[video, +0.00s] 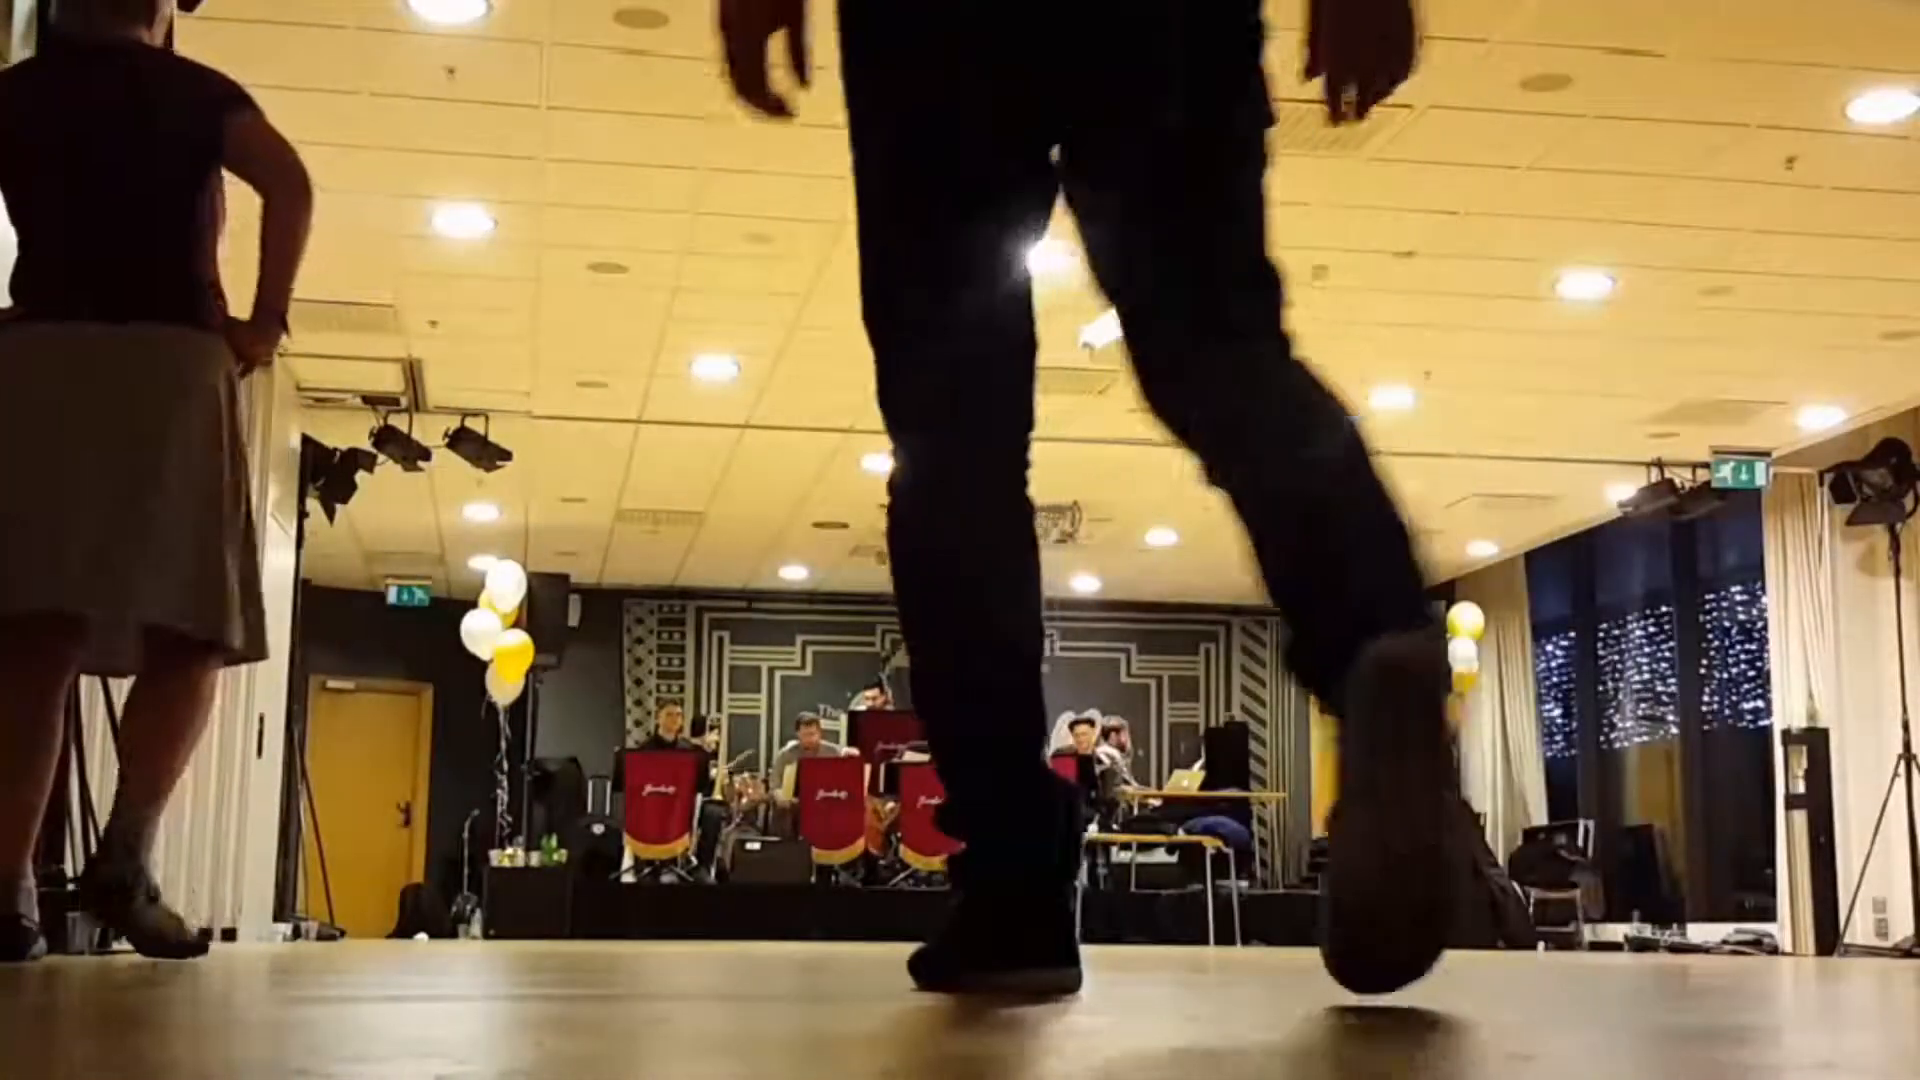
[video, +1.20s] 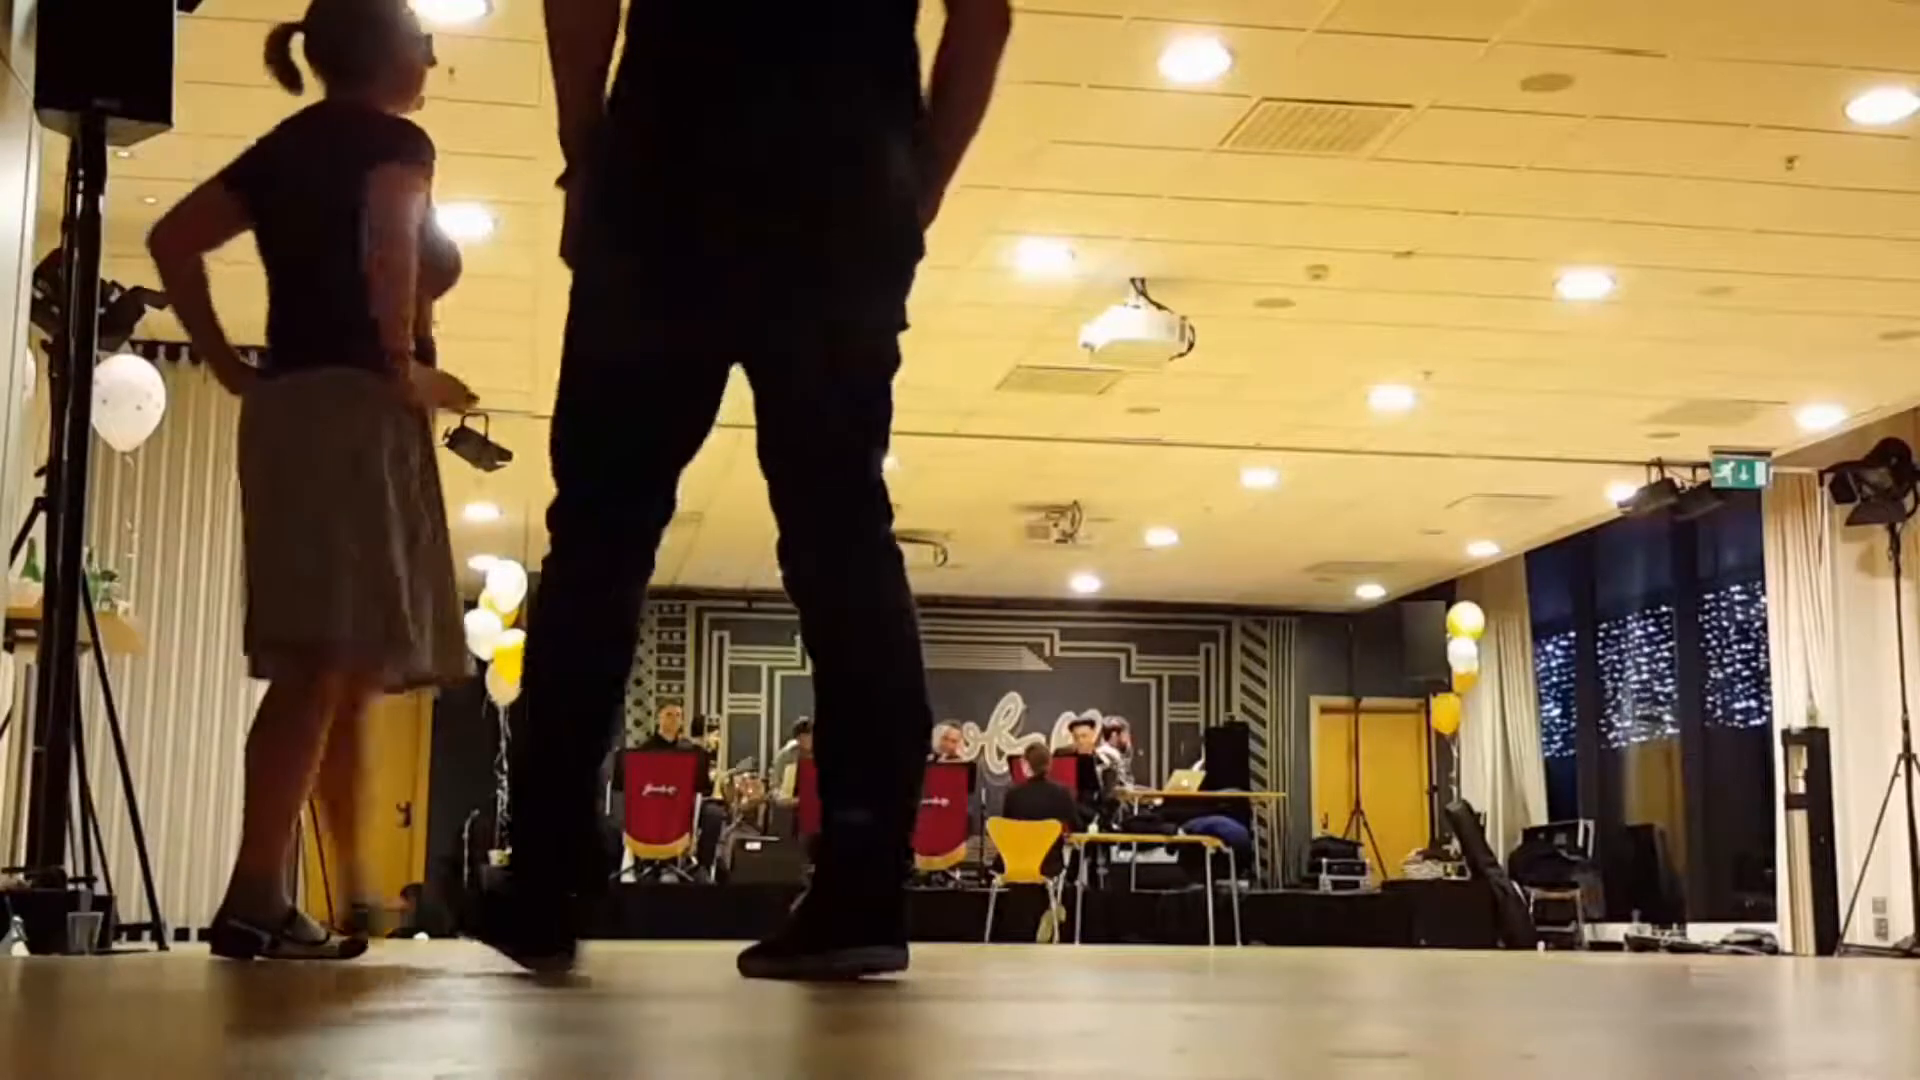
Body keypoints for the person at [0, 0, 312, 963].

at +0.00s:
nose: (180, 23)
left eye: (179, 14)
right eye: (178, 12)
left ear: (60, 10)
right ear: (156, 12)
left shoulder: (13, 92)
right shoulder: (194, 90)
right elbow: (290, 186)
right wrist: (268, 319)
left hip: (36, 368)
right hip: (169, 372)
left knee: (33, 634)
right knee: (189, 634)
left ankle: (13, 895)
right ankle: (124, 863)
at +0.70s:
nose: (307, 57)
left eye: (303, 39)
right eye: (300, 40)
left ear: (211, 48)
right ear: (277, 44)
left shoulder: (148, 137)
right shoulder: (317, 135)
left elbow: (26, 214)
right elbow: (358, 236)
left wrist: (73, 341)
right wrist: (340, 340)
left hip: (158, 407)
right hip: (277, 408)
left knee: (106, 654)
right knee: (270, 666)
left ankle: (12, 865)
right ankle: (251, 903)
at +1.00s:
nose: (390, 58)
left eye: (387, 40)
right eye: (381, 41)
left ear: (292, 50)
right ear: (353, 48)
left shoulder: (231, 142)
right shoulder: (390, 145)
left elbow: (108, 236)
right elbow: (420, 250)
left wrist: (172, 356)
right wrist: (407, 353)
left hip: (239, 414)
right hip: (343, 413)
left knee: (216, 669)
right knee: (304, 667)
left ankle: (150, 899)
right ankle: (255, 906)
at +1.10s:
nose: (412, 64)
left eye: (408, 47)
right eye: (405, 48)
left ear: (313, 58)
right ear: (383, 58)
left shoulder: (258, 146)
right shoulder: (397, 150)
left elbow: (142, 240)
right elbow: (415, 257)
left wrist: (196, 365)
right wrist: (407, 363)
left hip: (263, 412)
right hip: (348, 414)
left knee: (272, 666)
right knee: (312, 663)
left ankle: (256, 900)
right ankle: (254, 903)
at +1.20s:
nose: (430, 57)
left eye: (424, 41)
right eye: (419, 42)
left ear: (336, 57)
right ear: (390, 54)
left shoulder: (286, 143)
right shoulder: (398, 142)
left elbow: (173, 240)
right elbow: (389, 254)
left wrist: (220, 355)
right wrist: (404, 366)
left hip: (280, 407)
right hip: (352, 410)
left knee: (336, 666)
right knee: (319, 665)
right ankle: (255, 903)